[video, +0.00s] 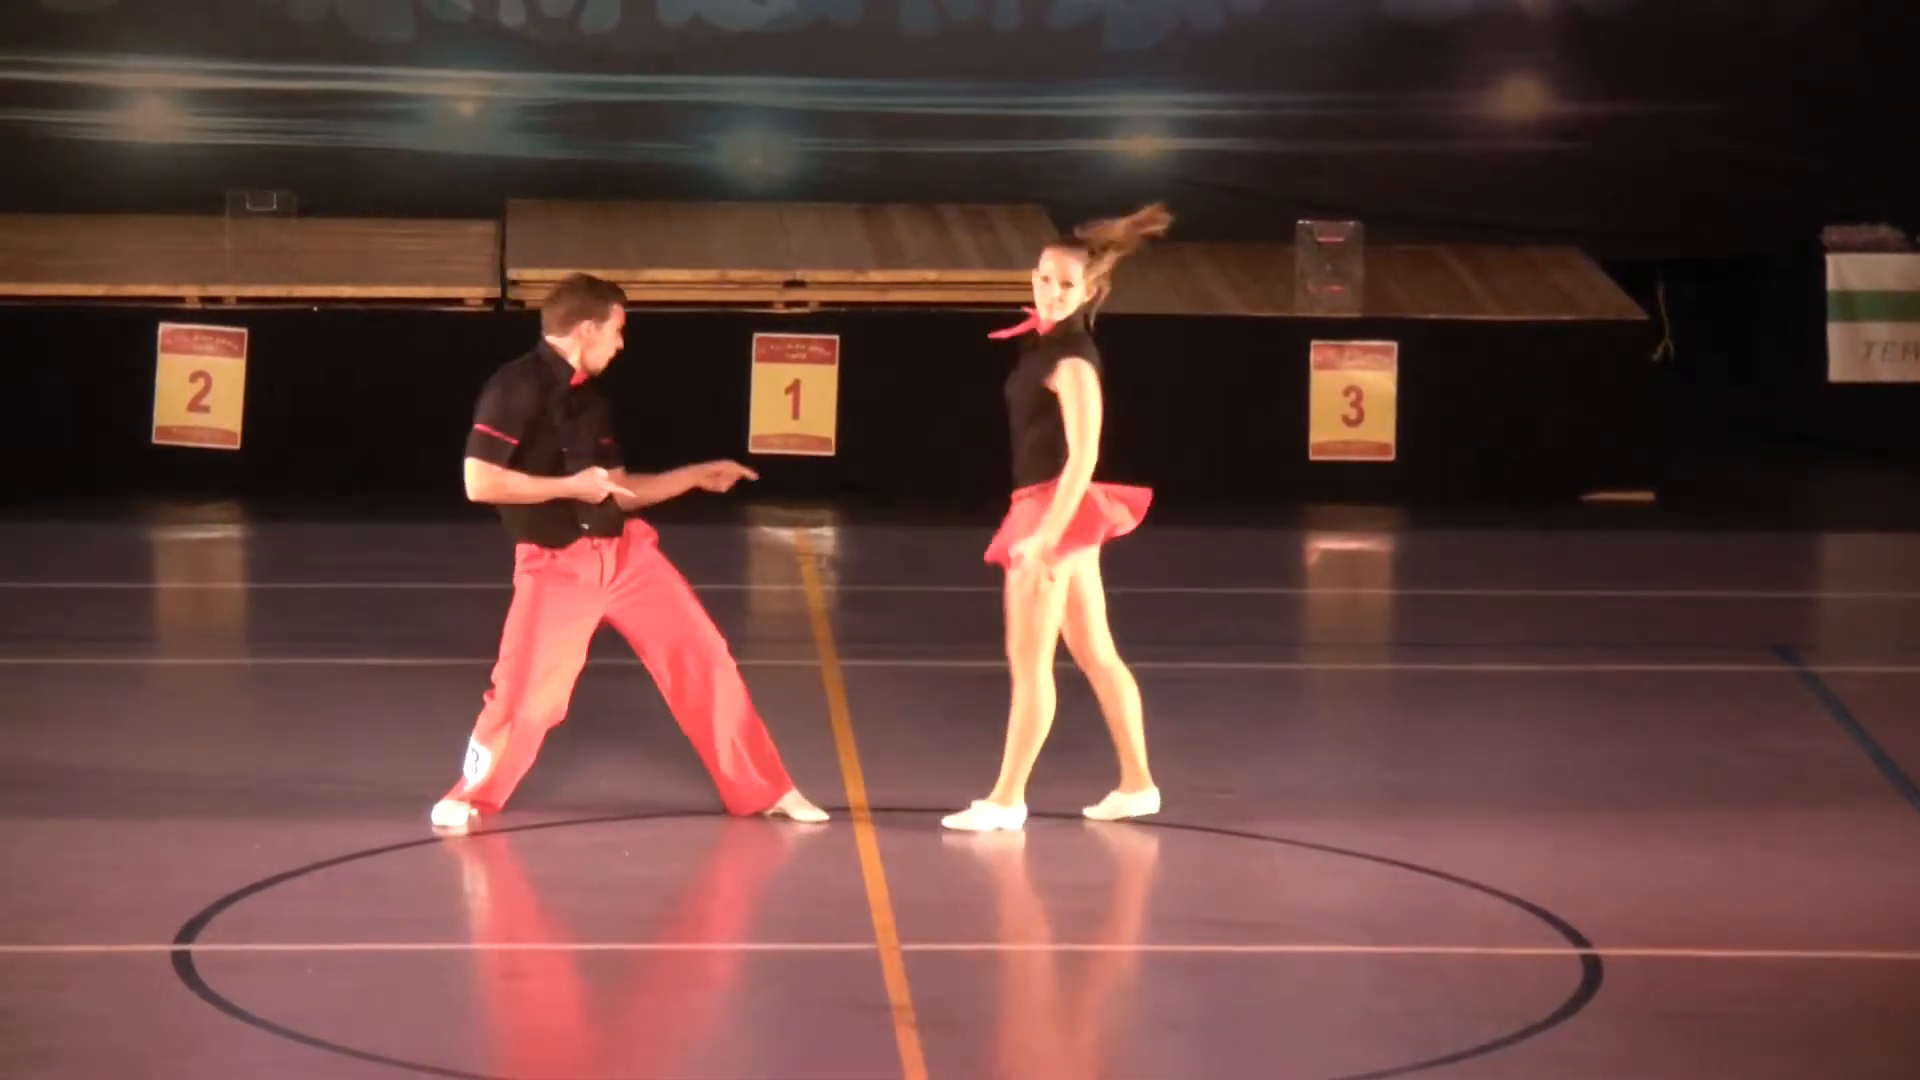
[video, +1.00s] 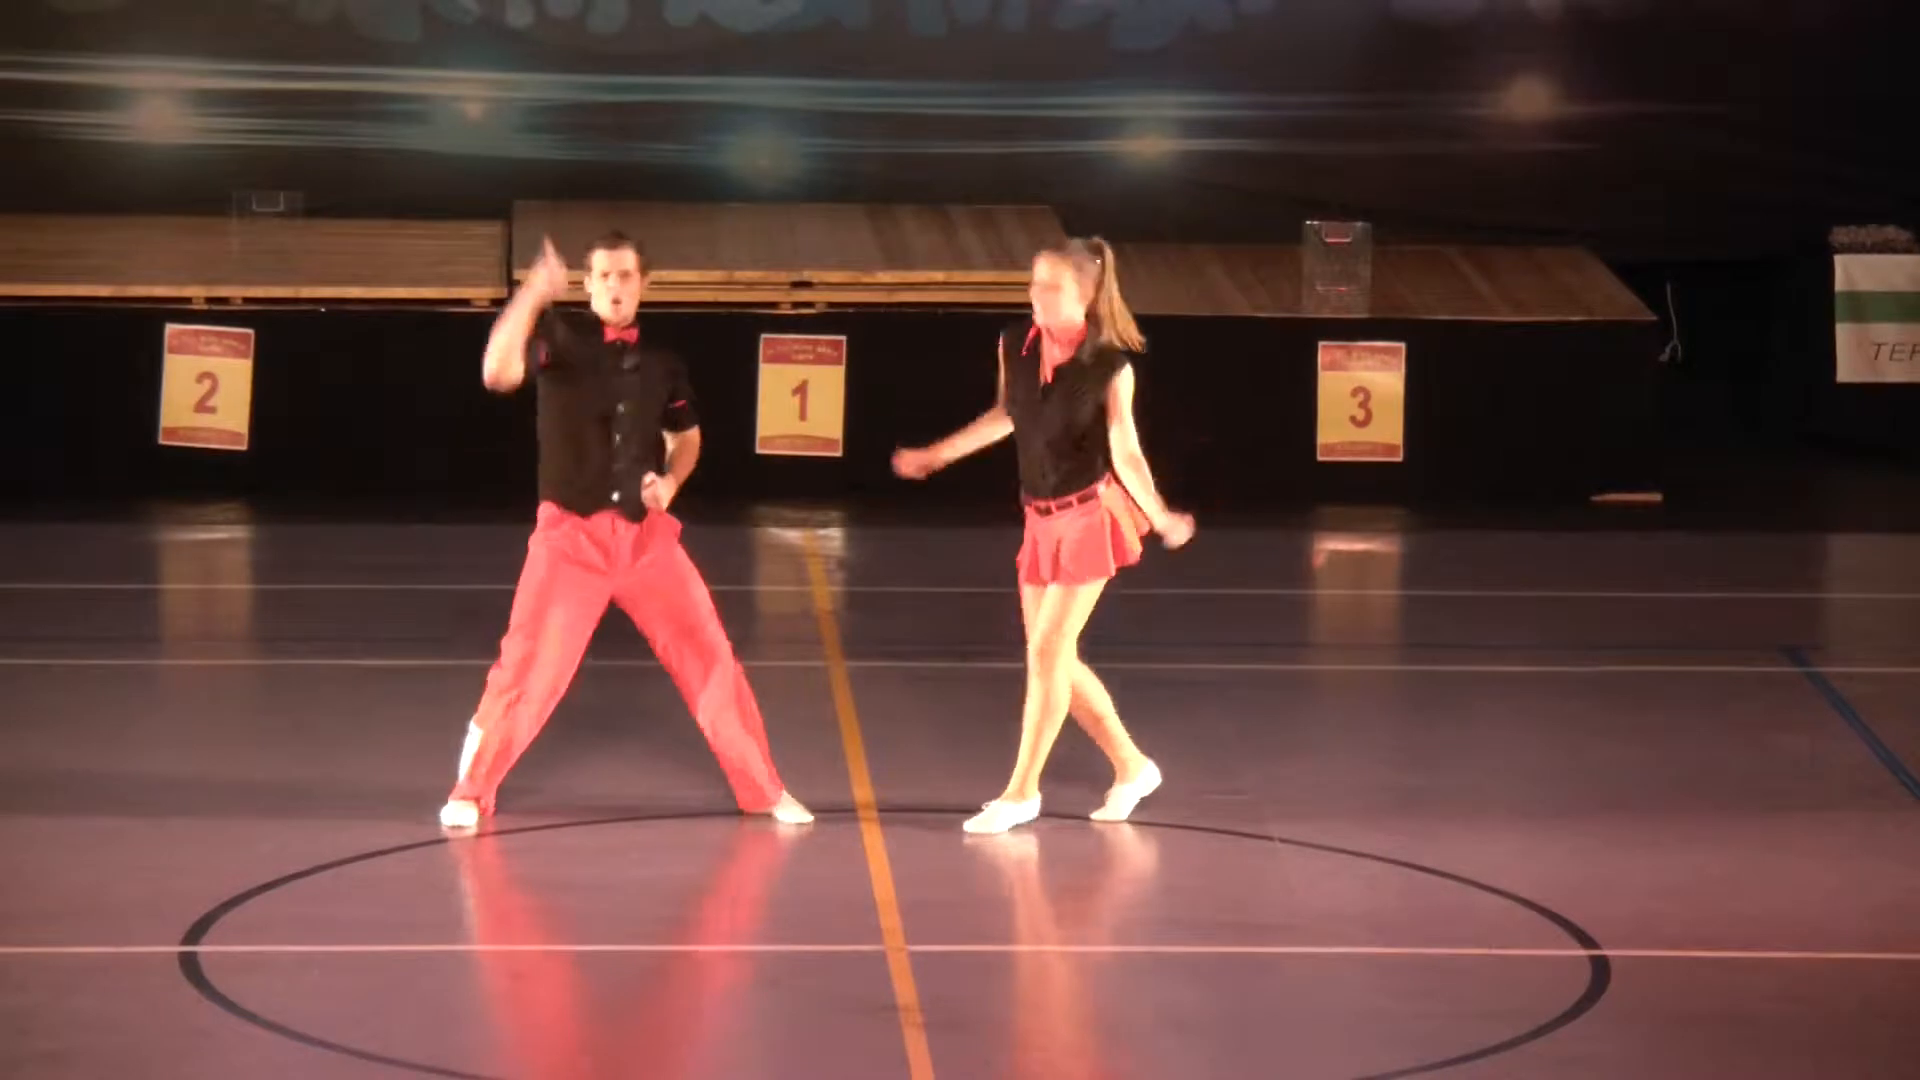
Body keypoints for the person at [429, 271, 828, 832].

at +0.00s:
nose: (620, 345)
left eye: (622, 333)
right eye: (616, 331)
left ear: (580, 331)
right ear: (581, 329)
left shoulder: (589, 395)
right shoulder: (514, 387)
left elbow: (613, 488)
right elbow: (480, 482)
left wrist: (696, 474)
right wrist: (571, 486)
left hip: (628, 553)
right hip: (553, 566)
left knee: (705, 659)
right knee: (525, 694)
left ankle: (766, 789)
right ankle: (469, 800)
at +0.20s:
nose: (634, 338)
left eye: (636, 326)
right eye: (630, 325)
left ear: (598, 323)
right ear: (594, 321)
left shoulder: (604, 386)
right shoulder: (528, 379)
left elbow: (625, 484)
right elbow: (495, 472)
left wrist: (705, 469)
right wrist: (584, 475)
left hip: (633, 555)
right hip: (557, 567)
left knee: (710, 657)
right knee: (525, 694)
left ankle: (775, 791)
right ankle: (467, 801)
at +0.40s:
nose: (644, 327)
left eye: (645, 314)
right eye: (638, 314)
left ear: (607, 313)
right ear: (603, 313)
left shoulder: (616, 376)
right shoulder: (534, 374)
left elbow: (642, 477)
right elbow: (501, 467)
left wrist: (720, 460)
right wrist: (591, 469)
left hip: (640, 550)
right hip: (563, 560)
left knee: (713, 659)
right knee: (526, 686)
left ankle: (772, 791)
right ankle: (468, 800)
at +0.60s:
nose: (647, 318)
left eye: (647, 306)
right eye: (640, 305)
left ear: (610, 307)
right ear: (603, 306)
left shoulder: (621, 373)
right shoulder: (537, 369)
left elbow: (650, 472)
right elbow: (506, 463)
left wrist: (727, 455)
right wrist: (595, 459)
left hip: (648, 547)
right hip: (570, 557)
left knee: (716, 660)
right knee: (533, 683)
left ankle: (773, 790)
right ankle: (469, 800)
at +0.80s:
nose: (620, 312)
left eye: (626, 300)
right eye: (607, 300)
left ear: (632, 305)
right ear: (573, 303)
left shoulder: (648, 375)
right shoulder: (533, 378)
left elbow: (682, 455)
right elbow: (498, 472)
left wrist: (689, 481)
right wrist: (570, 473)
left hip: (656, 557)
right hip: (571, 562)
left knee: (724, 667)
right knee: (532, 684)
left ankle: (770, 792)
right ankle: (473, 799)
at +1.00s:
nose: (615, 286)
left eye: (625, 275)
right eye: (604, 275)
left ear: (643, 283)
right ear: (587, 284)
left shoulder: (661, 361)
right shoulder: (558, 335)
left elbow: (686, 434)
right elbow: (498, 372)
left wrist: (671, 481)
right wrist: (533, 292)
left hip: (648, 537)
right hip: (568, 537)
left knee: (710, 660)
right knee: (529, 666)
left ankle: (763, 791)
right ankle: (470, 795)